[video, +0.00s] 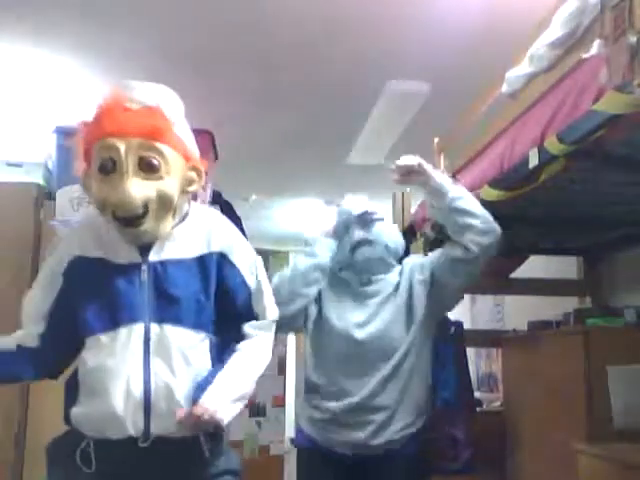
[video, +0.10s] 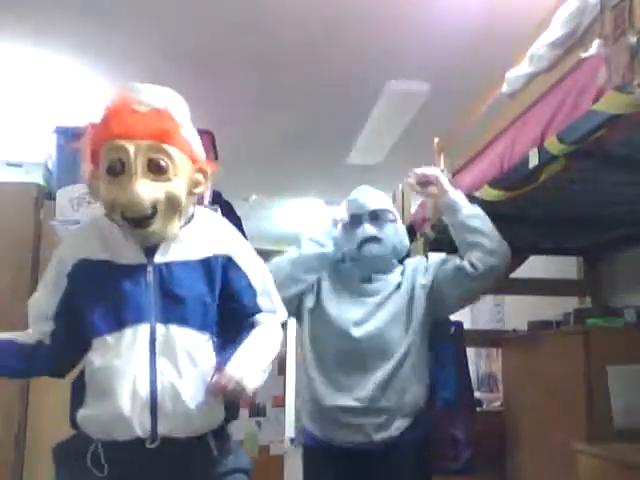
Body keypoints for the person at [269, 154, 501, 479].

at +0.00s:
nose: (361, 227)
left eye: (374, 219)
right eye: (350, 223)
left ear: (397, 235)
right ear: (338, 240)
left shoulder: (420, 279)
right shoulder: (319, 285)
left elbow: (482, 238)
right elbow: (276, 311)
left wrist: (432, 181)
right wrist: (327, 245)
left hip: (397, 453)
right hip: (323, 454)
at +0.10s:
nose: (368, 229)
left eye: (379, 218)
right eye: (354, 220)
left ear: (400, 228)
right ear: (341, 232)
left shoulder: (422, 279)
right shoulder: (316, 279)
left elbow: (491, 260)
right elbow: (261, 288)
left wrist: (448, 200)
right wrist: (333, 254)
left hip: (400, 447)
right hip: (327, 449)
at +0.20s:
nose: (373, 230)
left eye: (386, 220)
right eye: (361, 219)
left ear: (403, 230)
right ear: (343, 226)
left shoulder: (415, 280)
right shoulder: (315, 277)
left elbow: (488, 278)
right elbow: (256, 268)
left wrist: (460, 215)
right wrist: (330, 232)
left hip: (403, 433)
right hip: (331, 437)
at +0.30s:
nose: (369, 233)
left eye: (383, 222)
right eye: (358, 220)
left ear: (401, 233)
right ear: (340, 226)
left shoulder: (409, 279)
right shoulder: (312, 272)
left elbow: (482, 280)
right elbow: (253, 260)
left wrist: (466, 210)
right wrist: (325, 227)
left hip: (403, 430)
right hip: (330, 436)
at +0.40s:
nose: (362, 231)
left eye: (376, 222)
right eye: (351, 219)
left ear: (394, 231)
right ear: (332, 225)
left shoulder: (402, 276)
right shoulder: (311, 272)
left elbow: (471, 270)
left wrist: (469, 195)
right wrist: (320, 228)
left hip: (401, 433)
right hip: (328, 437)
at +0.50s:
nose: (355, 228)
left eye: (366, 218)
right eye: (345, 217)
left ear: (380, 224)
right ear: (322, 222)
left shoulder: (390, 269)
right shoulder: (296, 279)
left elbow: (435, 249)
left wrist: (464, 176)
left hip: (394, 433)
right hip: (319, 437)